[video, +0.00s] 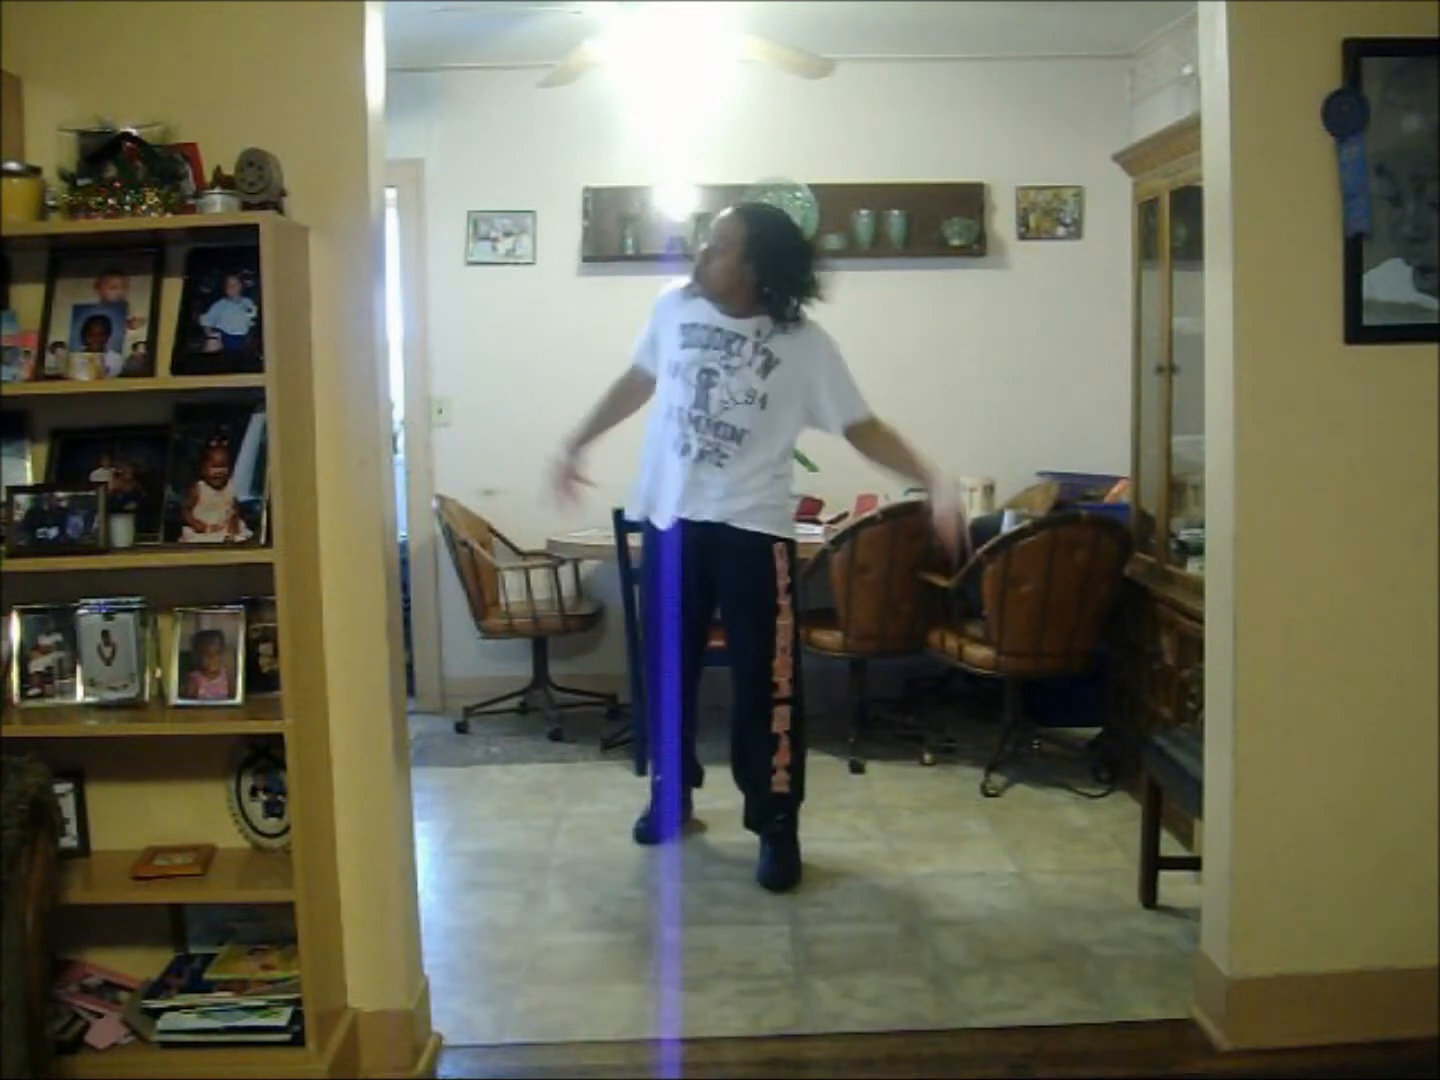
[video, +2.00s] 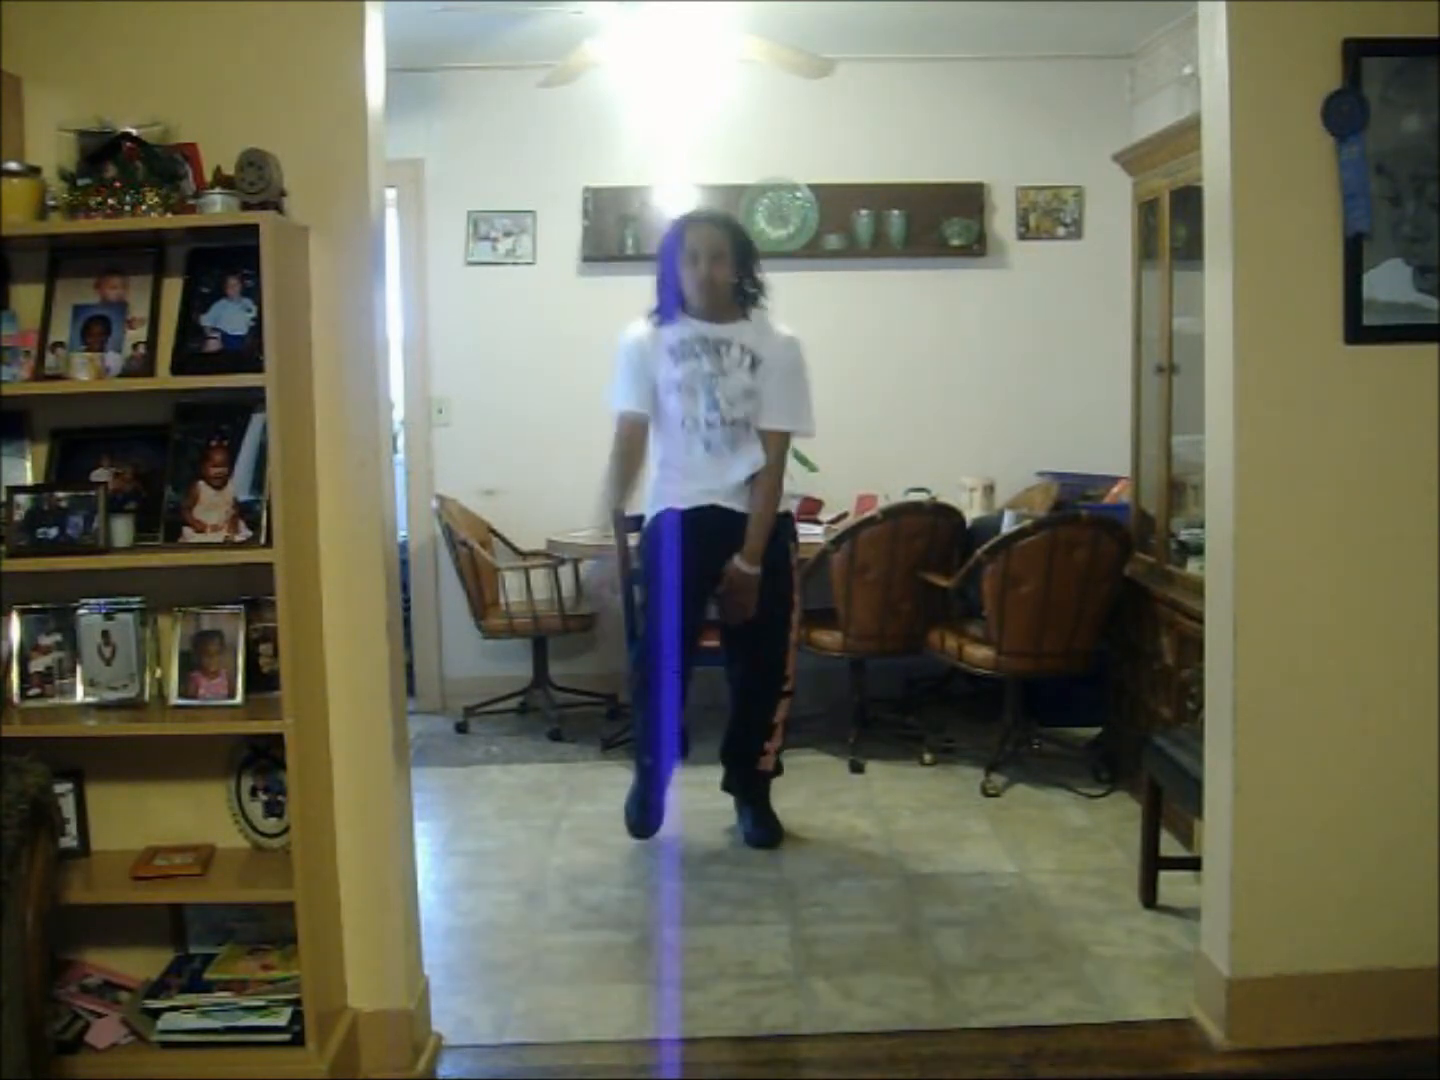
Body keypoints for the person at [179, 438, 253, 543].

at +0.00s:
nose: (219, 472)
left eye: (224, 467)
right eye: (214, 466)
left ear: (230, 469)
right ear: (203, 468)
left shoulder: (231, 488)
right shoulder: (199, 488)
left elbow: (236, 509)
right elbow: (186, 511)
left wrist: (234, 523)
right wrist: (199, 526)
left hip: (225, 533)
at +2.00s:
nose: (219, 472)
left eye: (224, 467)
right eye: (214, 466)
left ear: (231, 469)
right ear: (203, 468)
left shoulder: (231, 488)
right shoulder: (199, 488)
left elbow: (236, 509)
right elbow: (186, 511)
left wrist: (234, 523)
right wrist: (199, 526)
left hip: (225, 534)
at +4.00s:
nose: (219, 472)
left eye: (224, 467)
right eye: (213, 467)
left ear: (230, 469)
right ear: (203, 468)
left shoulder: (231, 488)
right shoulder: (199, 488)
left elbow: (236, 508)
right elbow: (186, 510)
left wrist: (234, 522)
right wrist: (199, 525)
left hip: (225, 532)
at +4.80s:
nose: (219, 472)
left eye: (224, 466)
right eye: (214, 466)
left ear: (230, 469)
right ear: (203, 468)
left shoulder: (231, 487)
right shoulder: (199, 487)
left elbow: (236, 508)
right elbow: (186, 511)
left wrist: (233, 523)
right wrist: (201, 526)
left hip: (225, 526)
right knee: (187, 532)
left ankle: (232, 534)